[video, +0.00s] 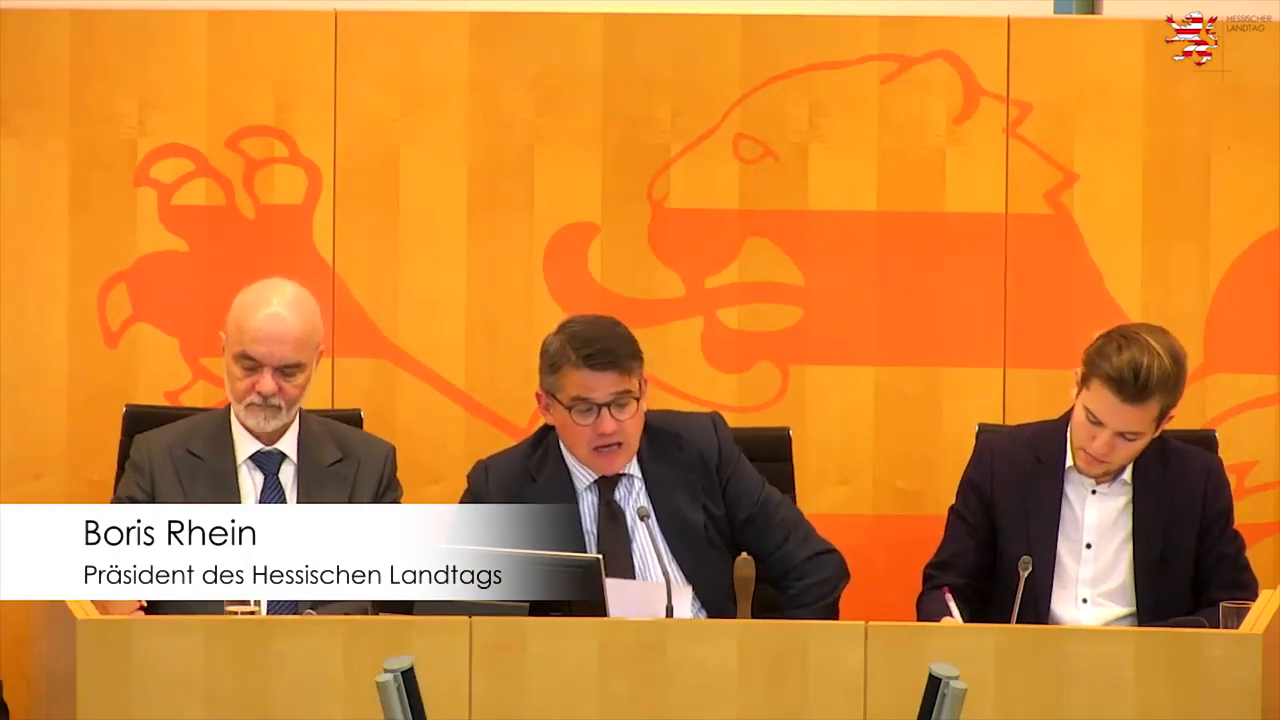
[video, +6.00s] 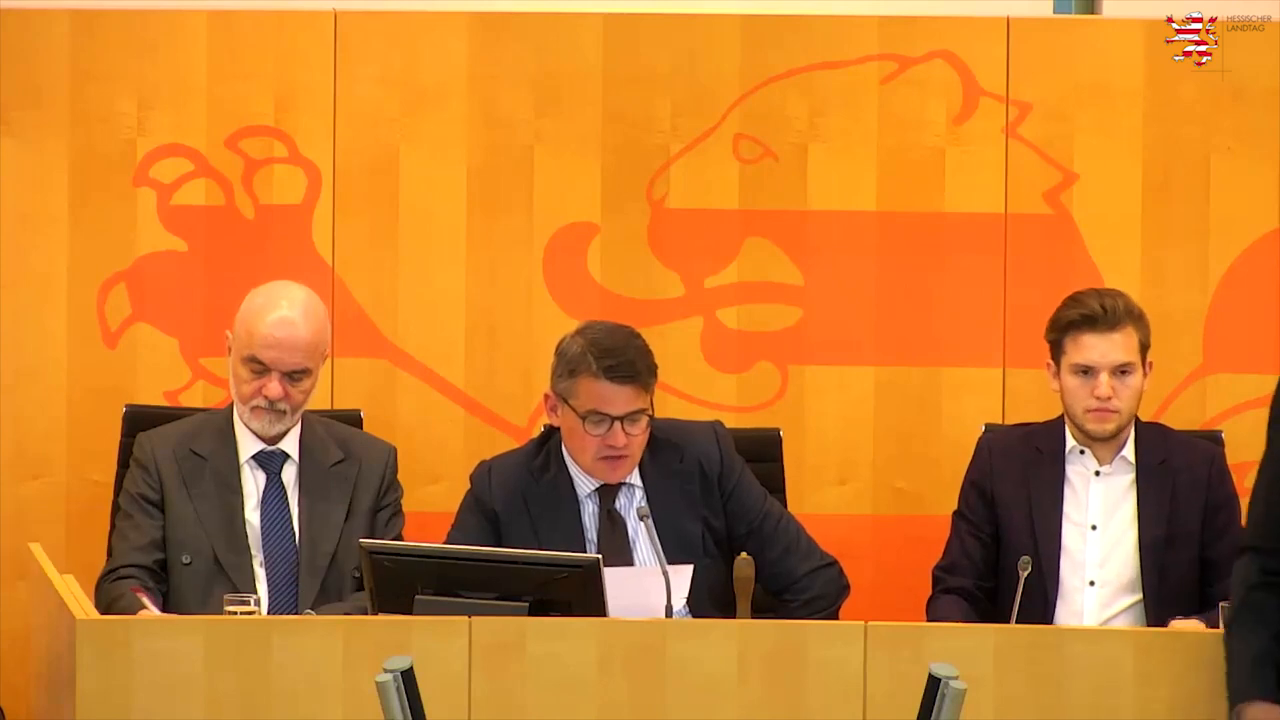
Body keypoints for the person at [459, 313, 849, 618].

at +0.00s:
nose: (607, 426)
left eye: (620, 403)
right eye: (584, 409)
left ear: (642, 389)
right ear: (547, 406)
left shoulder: (703, 448)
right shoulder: (499, 486)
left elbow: (815, 571)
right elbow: (468, 624)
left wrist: (773, 674)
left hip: (710, 668)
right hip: (570, 681)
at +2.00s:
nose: (617, 441)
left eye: (630, 417)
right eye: (592, 423)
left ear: (644, 397)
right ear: (548, 416)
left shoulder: (705, 454)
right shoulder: (500, 489)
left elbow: (813, 583)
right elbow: (462, 623)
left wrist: (760, 677)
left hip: (703, 677)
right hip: (563, 686)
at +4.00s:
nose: (614, 438)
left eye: (630, 416)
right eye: (592, 420)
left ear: (647, 396)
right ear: (550, 409)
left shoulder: (704, 456)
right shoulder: (498, 488)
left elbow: (812, 583)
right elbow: (462, 622)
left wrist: (758, 677)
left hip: (702, 677)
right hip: (562, 686)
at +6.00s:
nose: (618, 440)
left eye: (634, 418)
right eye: (597, 420)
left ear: (651, 402)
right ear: (554, 409)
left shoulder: (705, 456)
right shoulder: (499, 489)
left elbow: (815, 584)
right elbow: (447, 614)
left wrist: (757, 676)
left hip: (700, 679)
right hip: (561, 685)